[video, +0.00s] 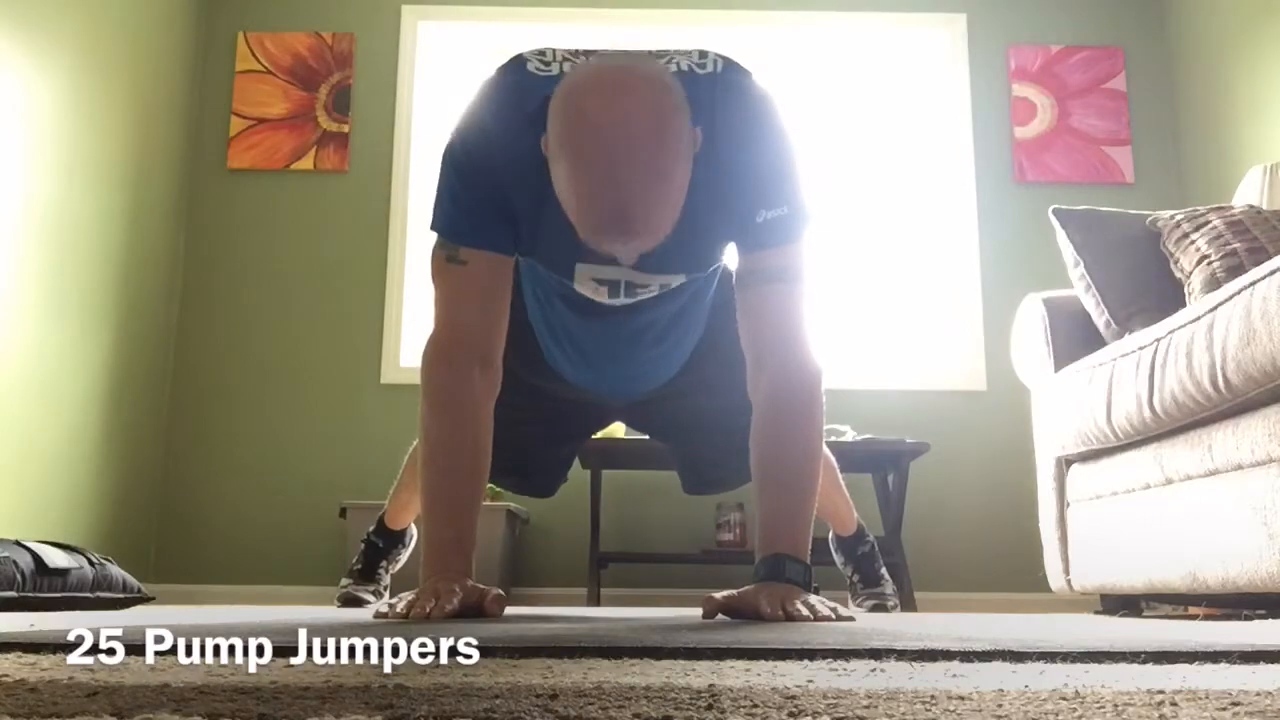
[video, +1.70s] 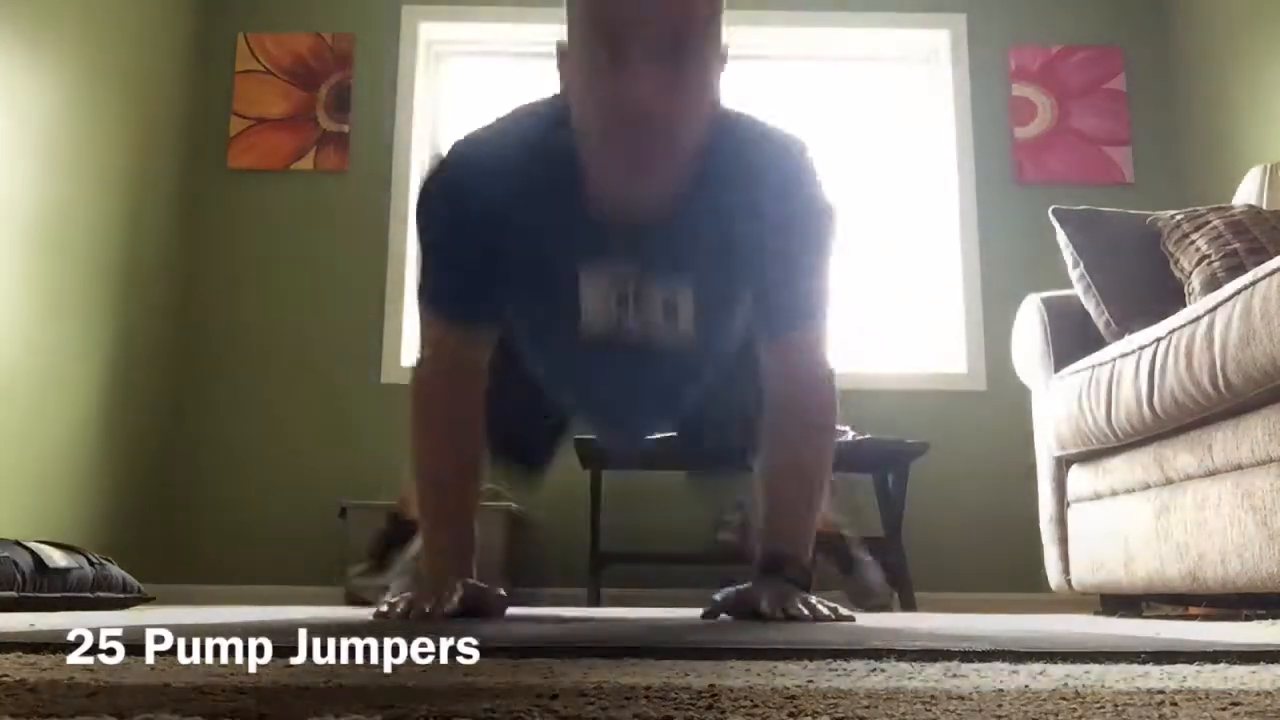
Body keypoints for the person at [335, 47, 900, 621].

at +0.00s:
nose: (623, 270)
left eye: (649, 251)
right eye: (598, 250)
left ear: (694, 144)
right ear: (549, 157)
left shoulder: (743, 121)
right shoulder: (493, 133)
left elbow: (784, 369)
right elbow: (461, 360)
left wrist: (780, 573)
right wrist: (447, 577)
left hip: (693, 317)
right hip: (538, 315)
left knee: (787, 436)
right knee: (457, 422)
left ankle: (857, 544)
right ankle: (386, 536)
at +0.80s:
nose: (623, 235)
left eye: (657, 199)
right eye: (591, 198)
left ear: (700, 179)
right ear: (554, 179)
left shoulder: (761, 233)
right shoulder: (479, 234)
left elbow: (797, 402)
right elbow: (440, 408)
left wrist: (779, 573)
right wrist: (447, 582)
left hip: (704, 420)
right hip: (532, 419)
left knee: (801, 469)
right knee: (435, 462)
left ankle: (859, 540)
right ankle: (380, 532)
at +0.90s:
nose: (627, 322)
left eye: (661, 282)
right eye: (593, 279)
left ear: (709, 268)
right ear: (551, 266)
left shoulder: (768, 306)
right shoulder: (471, 306)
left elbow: (804, 434)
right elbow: (435, 431)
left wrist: (781, 575)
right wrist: (445, 587)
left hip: (708, 465)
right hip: (530, 466)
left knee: (800, 482)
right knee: (437, 477)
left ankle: (859, 540)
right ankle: (374, 533)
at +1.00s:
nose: (627, 410)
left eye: (659, 369)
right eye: (596, 369)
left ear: (713, 344)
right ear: (547, 342)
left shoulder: (789, 369)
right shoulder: (462, 360)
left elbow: (825, 427)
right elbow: (418, 432)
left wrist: (781, 572)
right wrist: (448, 578)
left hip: (714, 530)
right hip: (525, 529)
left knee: (830, 521)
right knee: (417, 516)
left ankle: (860, 544)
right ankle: (369, 534)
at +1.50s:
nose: (628, 337)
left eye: (662, 306)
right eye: (604, 297)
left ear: (715, 281)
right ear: (563, 268)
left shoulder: (790, 340)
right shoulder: (471, 329)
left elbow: (826, 434)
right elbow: (421, 426)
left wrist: (778, 576)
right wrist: (446, 584)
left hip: (706, 585)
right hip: (531, 580)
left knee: (842, 534)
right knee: (402, 524)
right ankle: (382, 521)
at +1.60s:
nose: (645, 209)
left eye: (676, 173)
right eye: (617, 171)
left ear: (714, 170)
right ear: (570, 162)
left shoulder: (781, 258)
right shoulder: (479, 253)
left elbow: (811, 415)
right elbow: (439, 408)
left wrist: (784, 573)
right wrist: (449, 579)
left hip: (716, 548)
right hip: (525, 546)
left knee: (837, 533)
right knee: (408, 527)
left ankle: (860, 532)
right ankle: (378, 521)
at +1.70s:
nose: (640, 90)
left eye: (674, 56)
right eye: (612, 55)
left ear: (719, 68)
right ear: (566, 69)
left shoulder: (775, 178)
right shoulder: (481, 181)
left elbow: (800, 375)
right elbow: (448, 372)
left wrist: (783, 570)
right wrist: (443, 564)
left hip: (716, 385)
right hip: (542, 380)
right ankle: (423, 546)